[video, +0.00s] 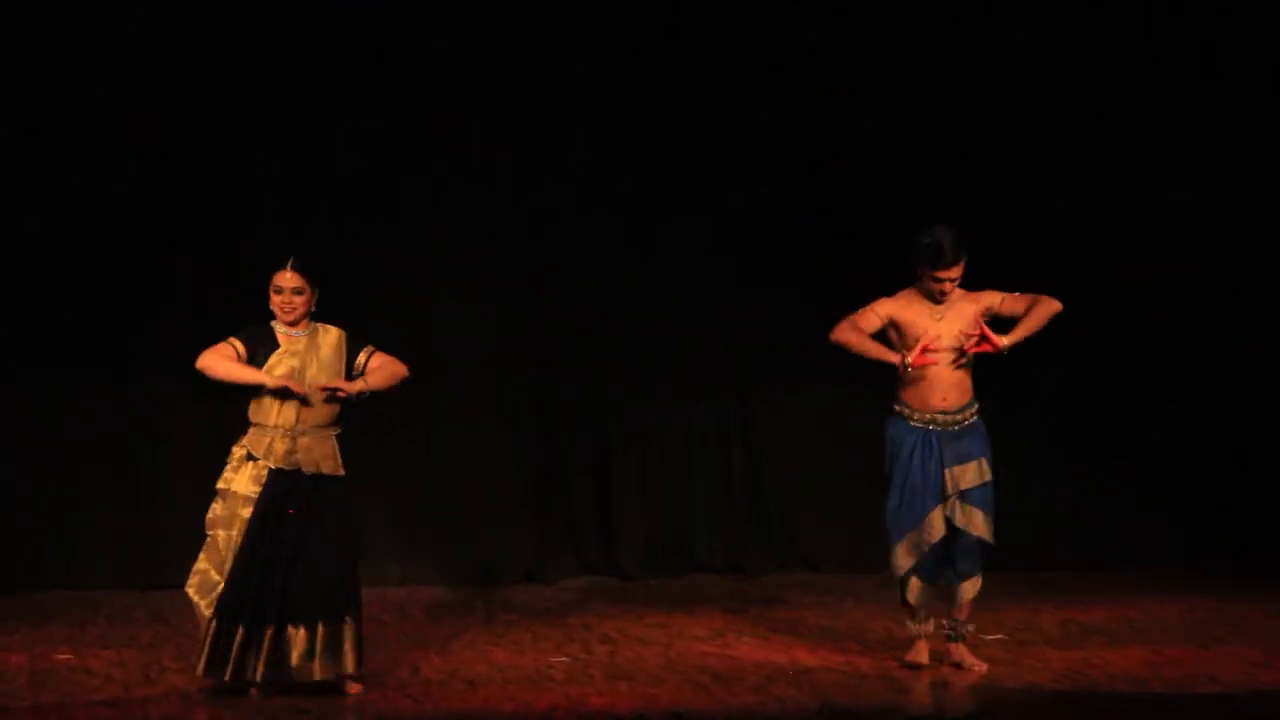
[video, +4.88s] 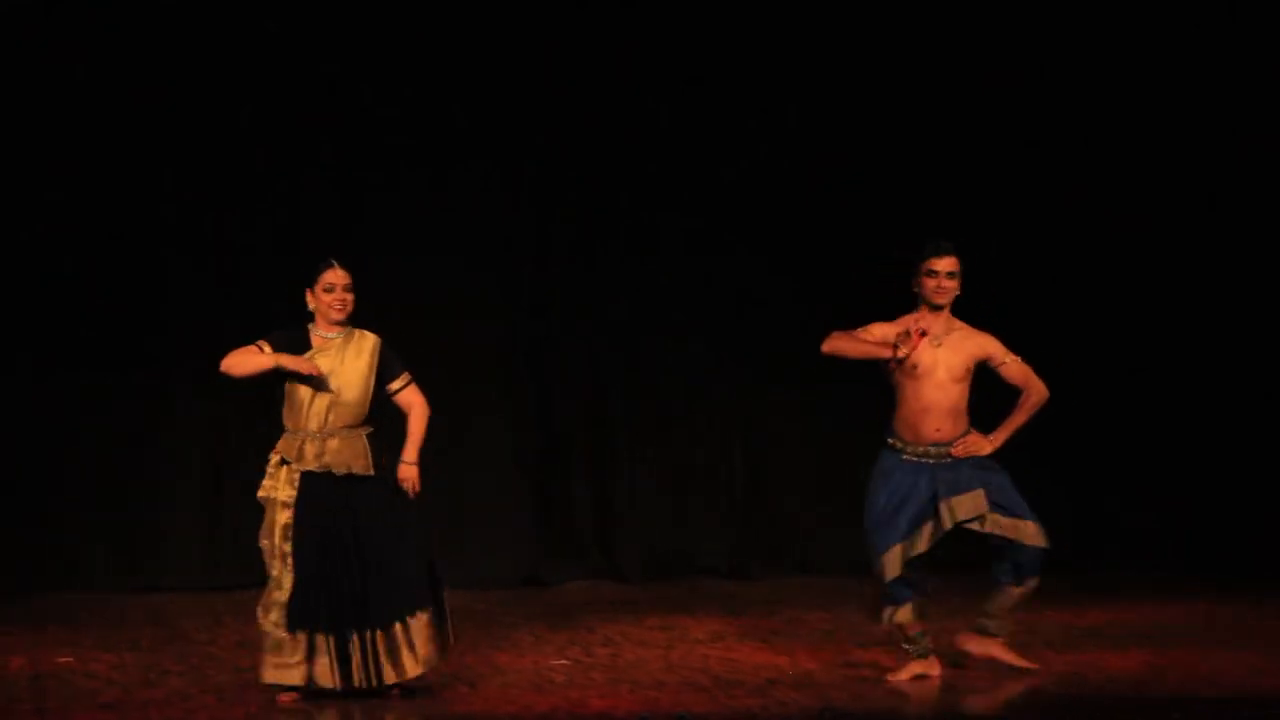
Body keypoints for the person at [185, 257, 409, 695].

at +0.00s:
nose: (287, 300)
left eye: (297, 292)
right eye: (279, 291)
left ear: (312, 297)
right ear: (269, 295)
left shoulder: (336, 343)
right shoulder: (258, 338)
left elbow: (396, 369)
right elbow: (207, 362)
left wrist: (358, 385)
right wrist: (266, 379)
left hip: (319, 472)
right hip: (259, 470)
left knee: (331, 569)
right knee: (250, 568)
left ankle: (341, 670)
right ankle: (246, 671)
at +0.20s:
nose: (306, 295)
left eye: (312, 288)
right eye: (297, 287)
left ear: (317, 297)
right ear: (274, 292)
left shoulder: (329, 344)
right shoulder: (255, 338)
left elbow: (390, 385)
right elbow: (215, 314)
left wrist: (371, 377)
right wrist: (269, 309)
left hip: (314, 463)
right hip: (259, 463)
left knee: (329, 561)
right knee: (263, 565)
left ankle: (336, 669)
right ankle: (267, 672)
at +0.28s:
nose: (313, 291)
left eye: (314, 285)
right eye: (304, 284)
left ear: (309, 295)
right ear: (275, 292)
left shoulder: (325, 346)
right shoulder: (250, 336)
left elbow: (365, 388)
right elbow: (223, 292)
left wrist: (391, 380)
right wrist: (269, 263)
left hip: (311, 461)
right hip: (256, 461)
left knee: (326, 560)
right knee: (261, 565)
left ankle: (327, 669)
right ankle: (261, 673)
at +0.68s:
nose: (289, 297)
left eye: (299, 288)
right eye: (280, 289)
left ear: (320, 299)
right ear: (268, 299)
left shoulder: (335, 348)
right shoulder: (257, 345)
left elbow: (391, 384)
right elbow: (216, 321)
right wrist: (270, 312)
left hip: (317, 467)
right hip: (260, 466)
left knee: (328, 566)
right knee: (261, 567)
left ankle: (333, 673)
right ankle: (266, 672)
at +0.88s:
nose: (280, 298)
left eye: (290, 290)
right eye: (275, 291)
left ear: (314, 296)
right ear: (269, 297)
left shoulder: (339, 346)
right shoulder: (259, 342)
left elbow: (384, 406)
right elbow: (201, 380)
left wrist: (372, 468)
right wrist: (244, 373)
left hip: (323, 470)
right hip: (267, 470)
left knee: (328, 569)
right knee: (269, 571)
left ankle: (329, 675)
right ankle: (276, 674)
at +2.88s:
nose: (361, 294)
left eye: (366, 287)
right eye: (351, 287)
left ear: (372, 295)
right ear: (327, 295)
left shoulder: (385, 345)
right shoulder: (306, 340)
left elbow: (427, 408)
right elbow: (242, 362)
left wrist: (424, 469)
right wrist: (288, 371)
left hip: (371, 472)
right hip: (315, 471)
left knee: (375, 569)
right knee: (315, 571)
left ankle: (376, 675)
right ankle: (314, 674)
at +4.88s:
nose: (340, 298)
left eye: (347, 291)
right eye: (330, 290)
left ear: (354, 297)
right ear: (311, 296)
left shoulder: (370, 347)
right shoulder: (292, 342)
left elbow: (417, 405)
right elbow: (230, 365)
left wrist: (410, 459)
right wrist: (283, 361)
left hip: (355, 471)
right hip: (297, 471)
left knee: (372, 566)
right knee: (295, 571)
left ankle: (387, 670)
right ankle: (292, 677)